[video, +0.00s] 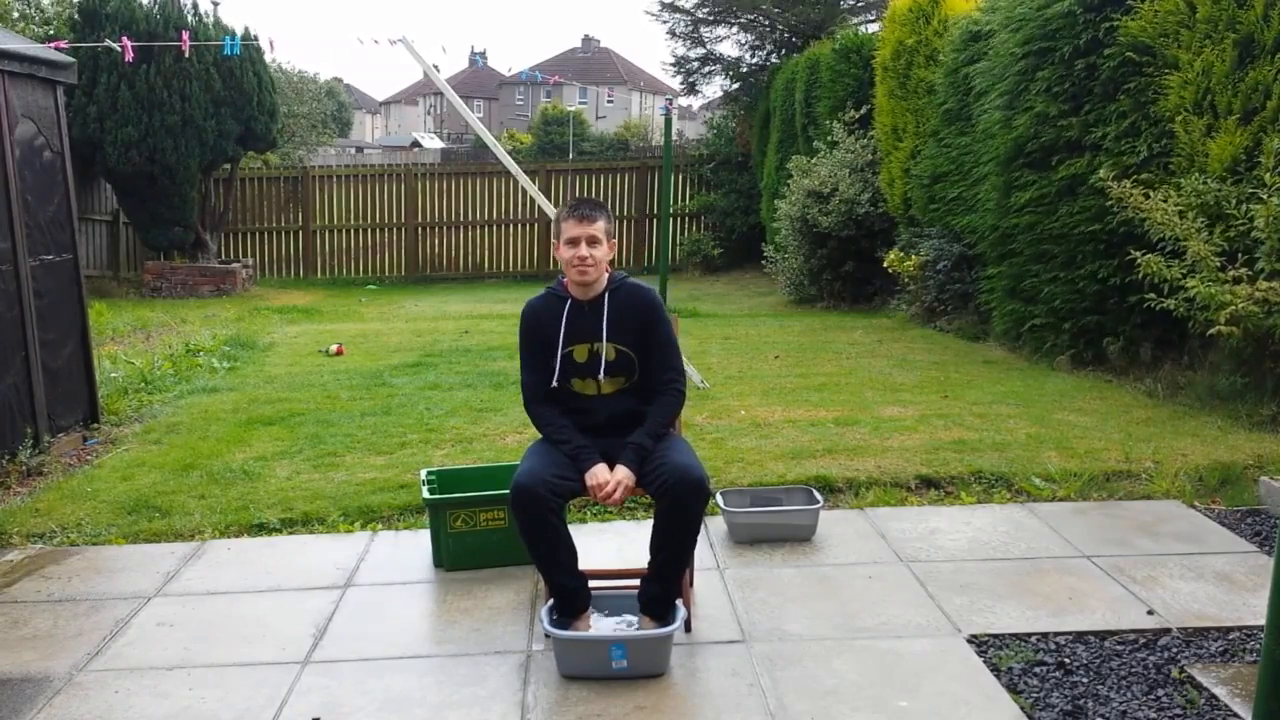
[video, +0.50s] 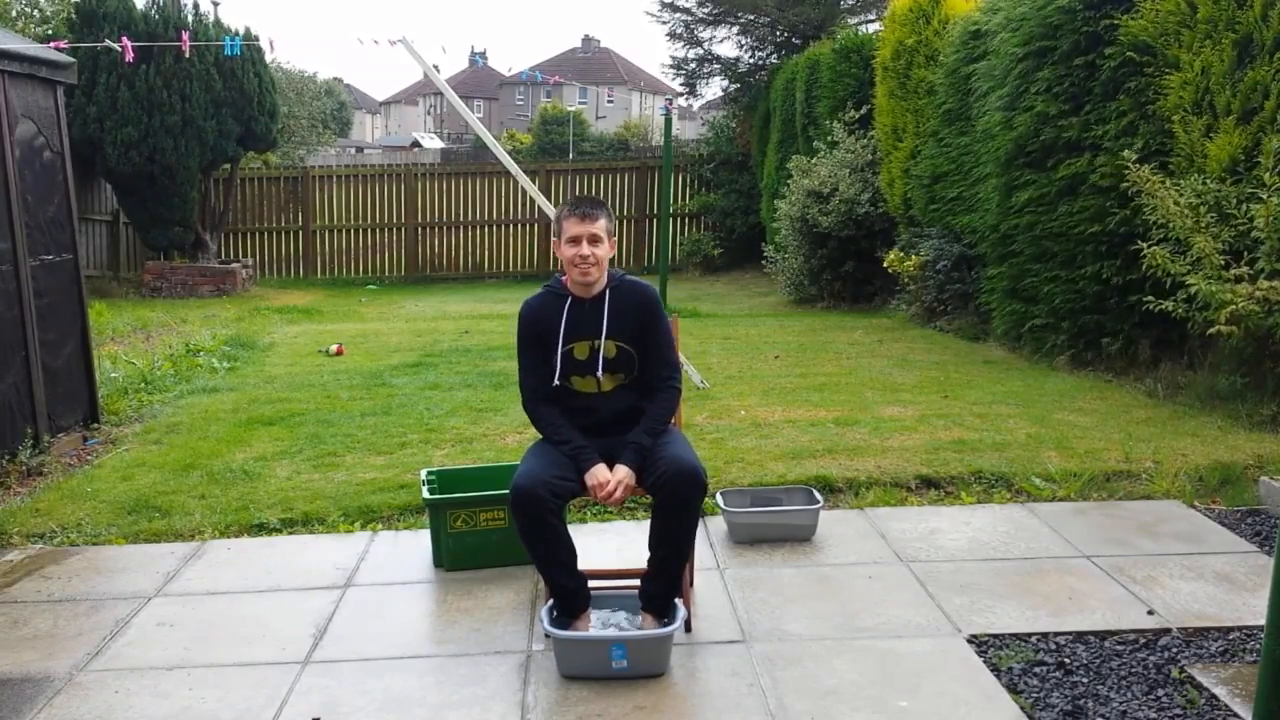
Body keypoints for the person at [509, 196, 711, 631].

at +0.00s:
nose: (582, 253)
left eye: (593, 242)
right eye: (571, 243)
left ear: (611, 249)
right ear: (557, 251)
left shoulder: (642, 303)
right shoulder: (540, 312)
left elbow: (671, 388)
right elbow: (537, 400)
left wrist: (631, 460)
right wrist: (588, 459)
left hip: (643, 435)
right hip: (570, 439)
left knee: (689, 483)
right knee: (527, 489)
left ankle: (658, 603)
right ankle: (572, 603)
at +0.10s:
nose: (574, 255)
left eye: (584, 245)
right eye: (563, 246)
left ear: (602, 251)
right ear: (549, 253)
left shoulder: (636, 302)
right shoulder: (534, 316)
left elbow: (669, 386)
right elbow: (535, 402)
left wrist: (631, 460)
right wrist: (587, 459)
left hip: (641, 434)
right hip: (568, 439)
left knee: (688, 481)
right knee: (527, 490)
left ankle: (658, 603)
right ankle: (573, 605)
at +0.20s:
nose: (569, 256)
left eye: (580, 245)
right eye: (559, 246)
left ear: (598, 250)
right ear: (544, 253)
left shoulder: (631, 299)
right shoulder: (529, 317)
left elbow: (665, 382)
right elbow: (534, 403)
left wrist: (631, 460)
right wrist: (587, 459)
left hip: (639, 431)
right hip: (568, 438)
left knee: (687, 478)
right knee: (527, 491)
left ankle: (658, 602)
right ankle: (573, 604)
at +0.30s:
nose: (572, 254)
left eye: (582, 243)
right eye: (561, 244)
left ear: (600, 248)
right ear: (546, 251)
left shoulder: (631, 297)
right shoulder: (530, 316)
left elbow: (663, 381)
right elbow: (533, 402)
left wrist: (630, 458)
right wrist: (587, 459)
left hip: (639, 431)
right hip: (568, 438)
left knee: (686, 474)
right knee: (527, 492)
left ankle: (658, 602)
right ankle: (573, 606)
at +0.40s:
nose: (578, 255)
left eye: (588, 244)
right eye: (567, 245)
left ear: (604, 248)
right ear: (551, 251)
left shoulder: (635, 299)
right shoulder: (532, 315)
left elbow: (663, 384)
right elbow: (534, 403)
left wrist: (629, 458)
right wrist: (587, 459)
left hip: (639, 432)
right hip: (567, 439)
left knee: (686, 476)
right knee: (527, 492)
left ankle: (657, 603)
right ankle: (573, 606)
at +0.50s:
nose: (584, 252)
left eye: (594, 241)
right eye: (573, 242)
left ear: (611, 247)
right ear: (557, 249)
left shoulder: (641, 300)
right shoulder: (538, 311)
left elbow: (667, 386)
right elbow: (536, 400)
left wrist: (630, 460)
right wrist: (587, 460)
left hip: (640, 433)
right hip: (569, 438)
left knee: (686, 477)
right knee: (527, 491)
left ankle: (657, 604)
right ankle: (573, 606)